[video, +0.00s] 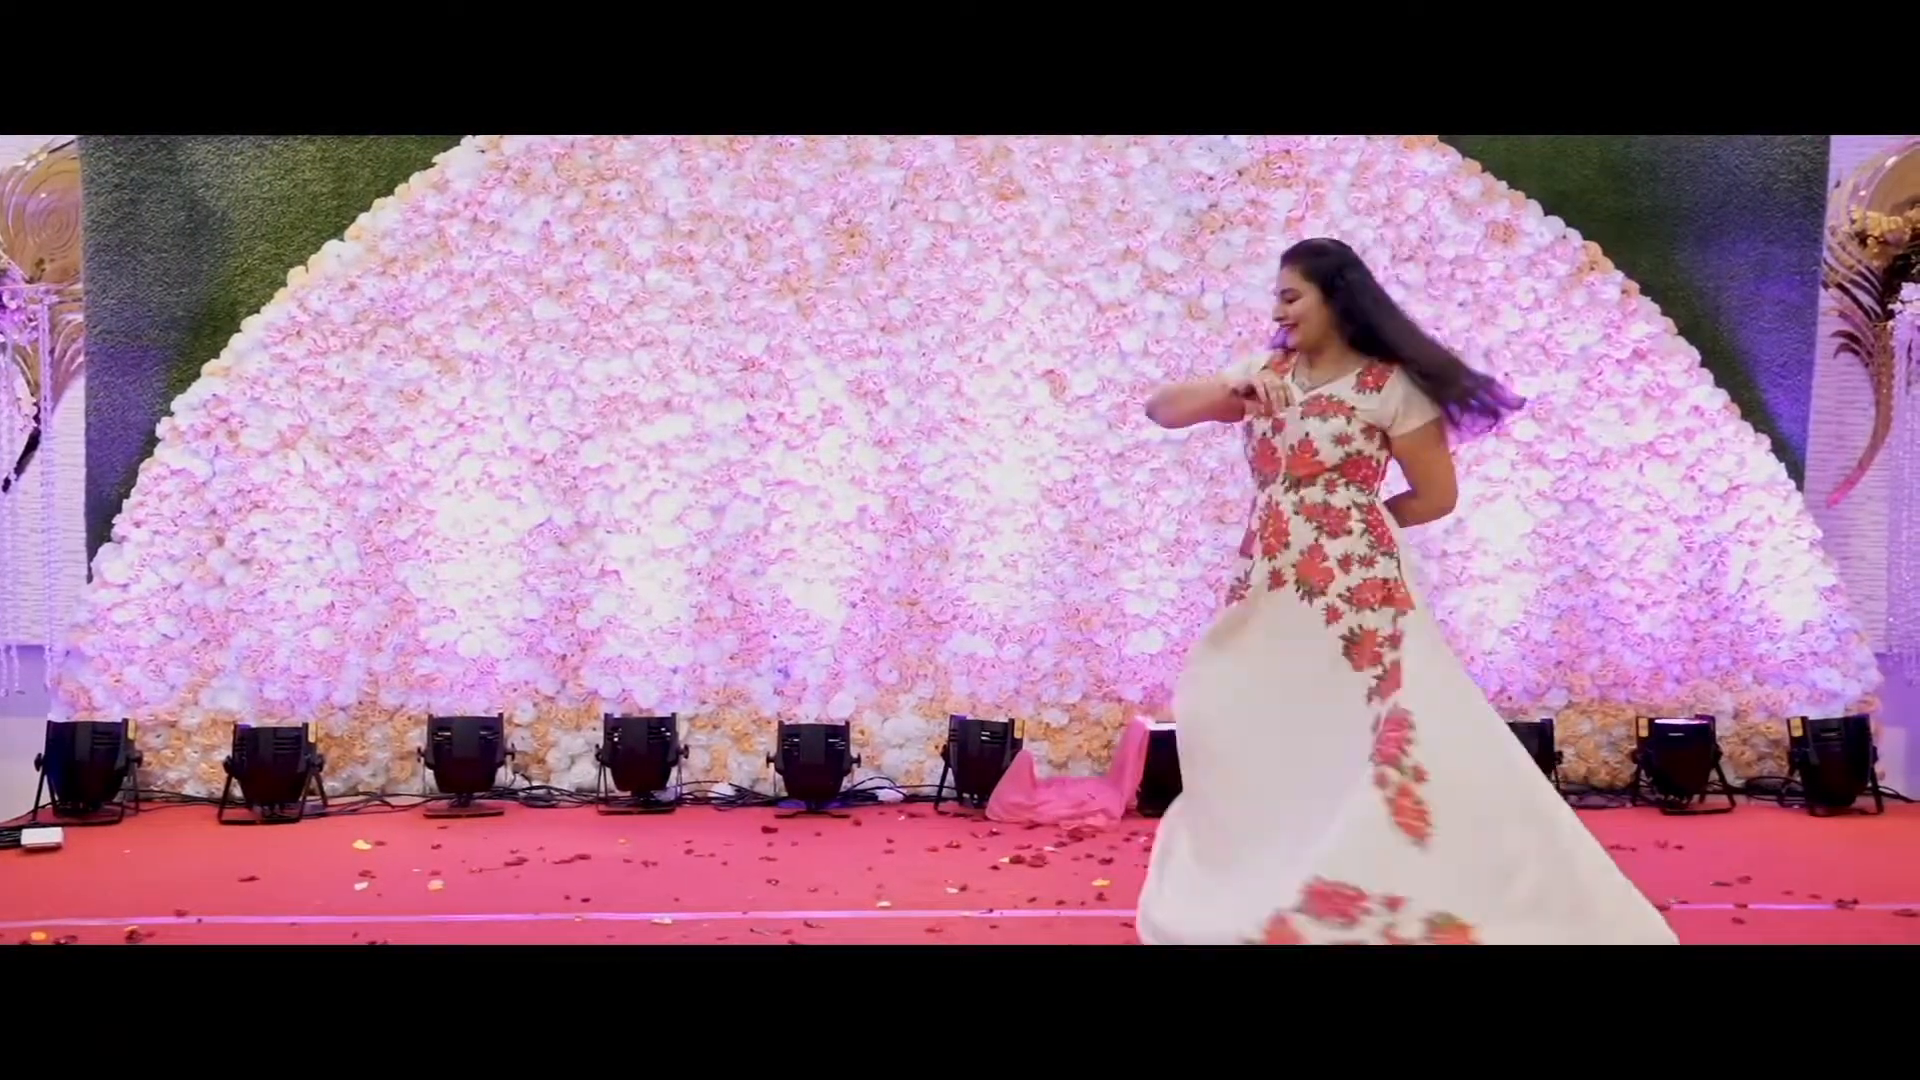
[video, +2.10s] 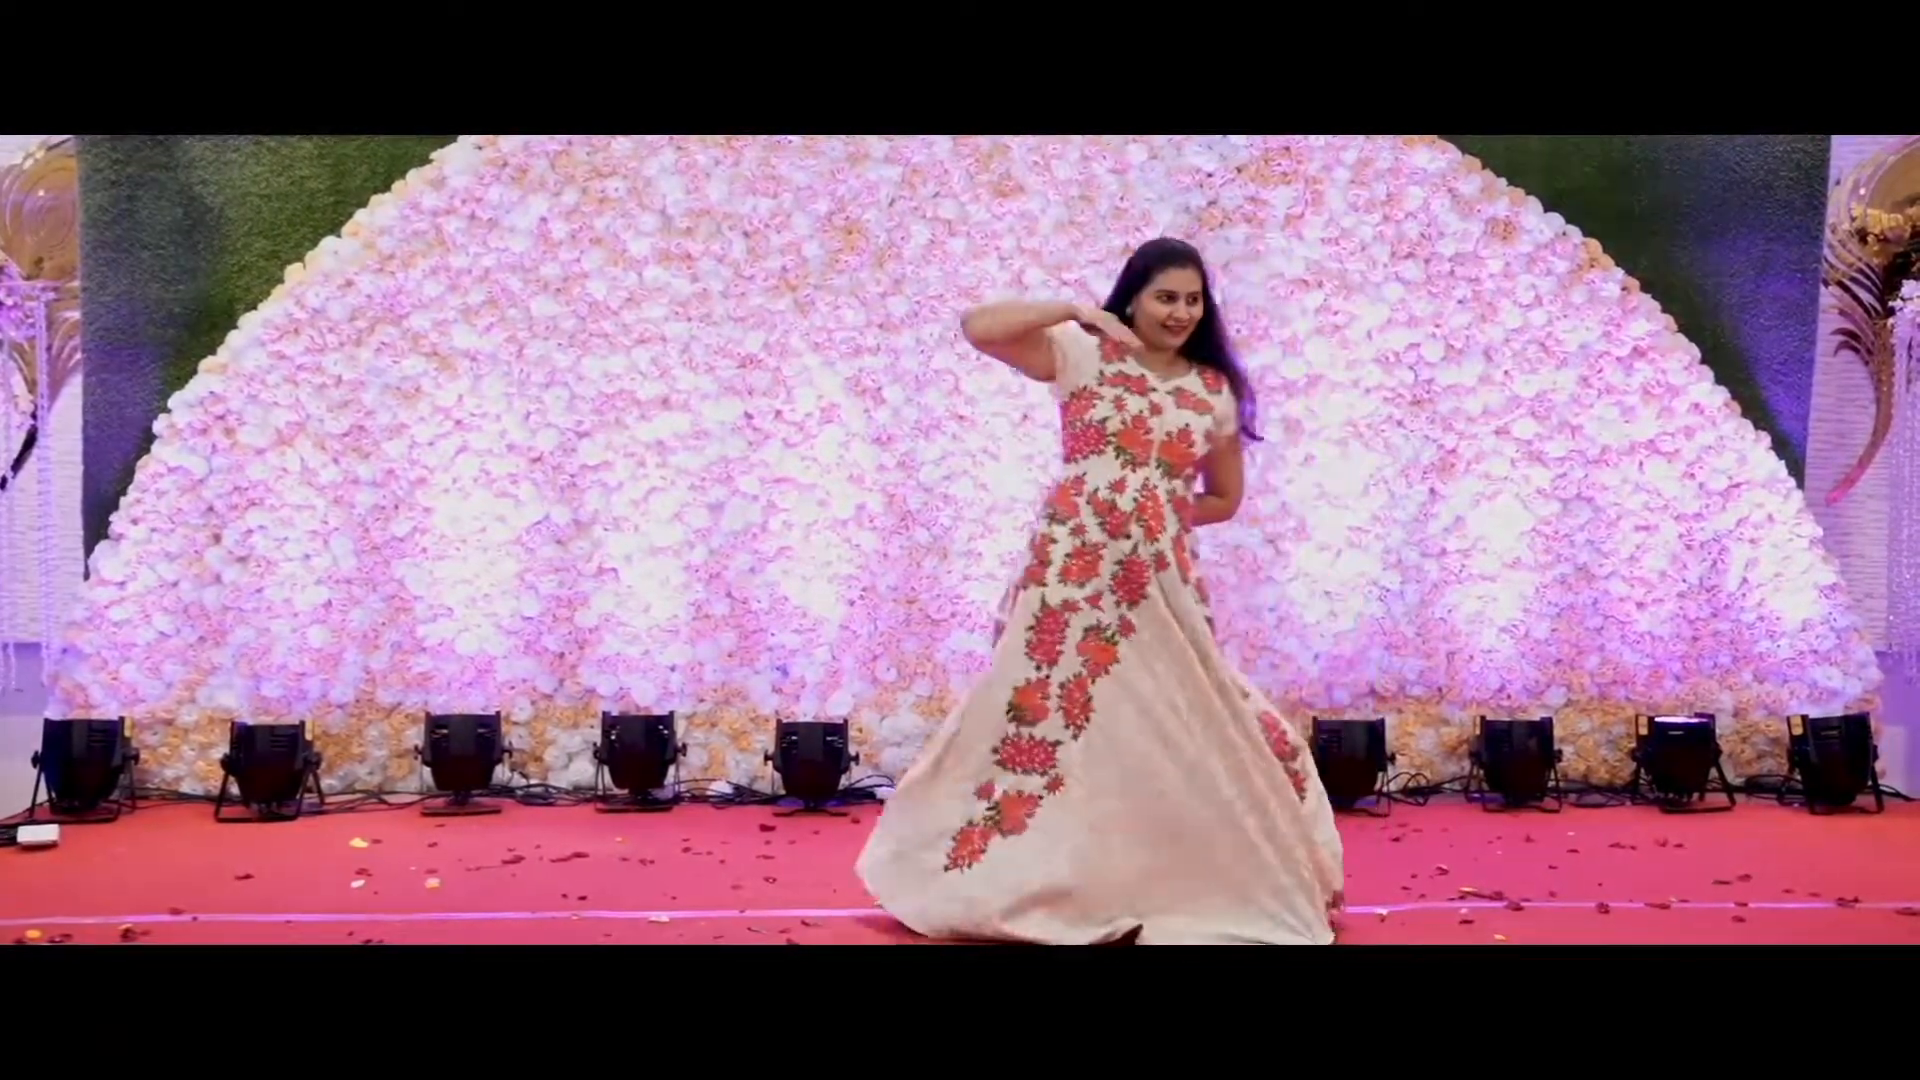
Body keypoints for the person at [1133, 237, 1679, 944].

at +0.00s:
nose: (1280, 309)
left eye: (1293, 295)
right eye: (1278, 296)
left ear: (1338, 301)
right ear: (1285, 304)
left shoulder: (1388, 386)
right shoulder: (1267, 378)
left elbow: (1437, 496)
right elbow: (1162, 407)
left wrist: (1354, 524)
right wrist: (1229, 390)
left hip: (1353, 586)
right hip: (1271, 581)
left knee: (1365, 745)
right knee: (1230, 724)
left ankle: (1373, 909)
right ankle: (1260, 902)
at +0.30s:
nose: (1201, 289)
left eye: (1212, 274)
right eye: (1200, 275)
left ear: (1260, 276)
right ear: (1224, 283)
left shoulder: (1329, 362)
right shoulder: (1198, 352)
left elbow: (1355, 472)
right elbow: (1085, 349)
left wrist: (1281, 493)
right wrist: (1153, 360)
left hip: (1268, 558)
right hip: (1182, 552)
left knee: (1278, 737)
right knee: (1169, 729)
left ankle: (1283, 910)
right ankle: (1166, 909)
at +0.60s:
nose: (1123, 298)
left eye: (1131, 284)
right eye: (1120, 286)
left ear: (1174, 280)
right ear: (1143, 287)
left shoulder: (1244, 370)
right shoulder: (1117, 351)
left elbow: (1272, 475)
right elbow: (1038, 353)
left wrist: (1193, 493)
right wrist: (1037, 327)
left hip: (1175, 550)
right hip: (1091, 541)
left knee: (1168, 712)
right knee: (1087, 706)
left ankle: (1167, 884)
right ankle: (1094, 882)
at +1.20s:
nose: (1122, 300)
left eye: (1131, 286)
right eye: (1115, 289)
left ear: (1170, 283)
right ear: (1113, 297)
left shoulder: (1243, 333)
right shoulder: (1117, 362)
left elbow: (1314, 421)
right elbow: (1133, 427)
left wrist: (1256, 478)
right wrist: (1127, 325)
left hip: (1255, 539)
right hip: (1171, 547)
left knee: (1254, 709)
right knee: (1171, 711)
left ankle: (1252, 888)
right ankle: (1169, 886)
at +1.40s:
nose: (1156, 303)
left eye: (1168, 289)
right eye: (1149, 291)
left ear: (1212, 285)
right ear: (1149, 293)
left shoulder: (1277, 339)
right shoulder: (1147, 355)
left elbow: (1351, 426)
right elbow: (1172, 418)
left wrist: (1289, 481)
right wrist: (1224, 333)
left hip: (1296, 545)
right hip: (1215, 548)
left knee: (1295, 720)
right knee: (1219, 717)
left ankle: (1284, 895)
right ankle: (1206, 894)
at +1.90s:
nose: (1225, 323)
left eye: (1239, 311)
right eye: (1210, 310)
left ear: (1255, 316)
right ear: (1184, 312)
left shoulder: (1274, 399)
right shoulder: (1156, 370)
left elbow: (1297, 498)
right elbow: (1085, 330)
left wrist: (1228, 494)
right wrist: (1184, 348)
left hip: (1250, 566)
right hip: (1169, 561)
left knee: (1263, 724)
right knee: (1163, 722)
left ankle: (1269, 890)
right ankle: (1164, 890)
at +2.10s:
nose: (1179, 312)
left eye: (1192, 300)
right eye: (1165, 297)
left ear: (1204, 310)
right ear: (1131, 300)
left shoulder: (1212, 393)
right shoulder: (1081, 355)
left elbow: (1225, 499)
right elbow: (980, 328)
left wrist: (1158, 507)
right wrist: (1071, 309)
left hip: (1157, 566)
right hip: (1076, 553)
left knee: (1156, 723)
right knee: (1056, 715)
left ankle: (1148, 891)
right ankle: (1052, 888)